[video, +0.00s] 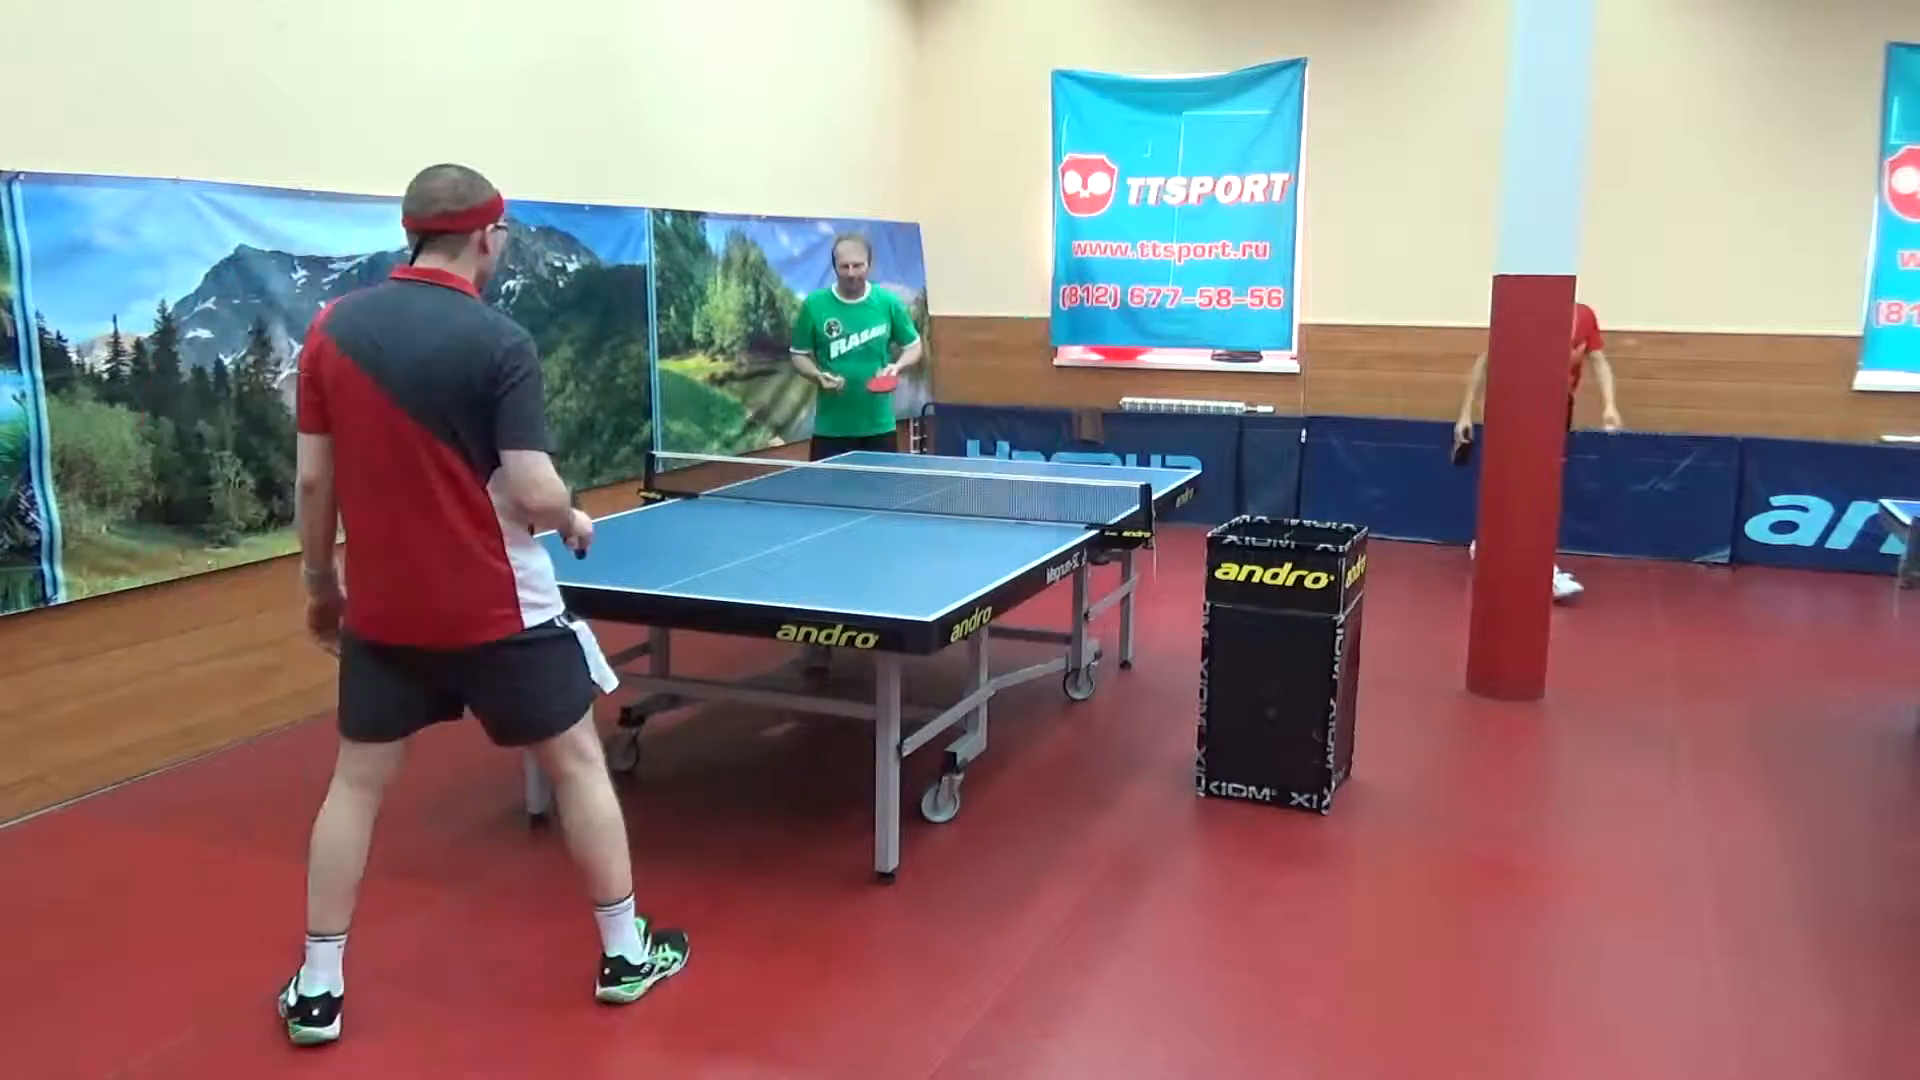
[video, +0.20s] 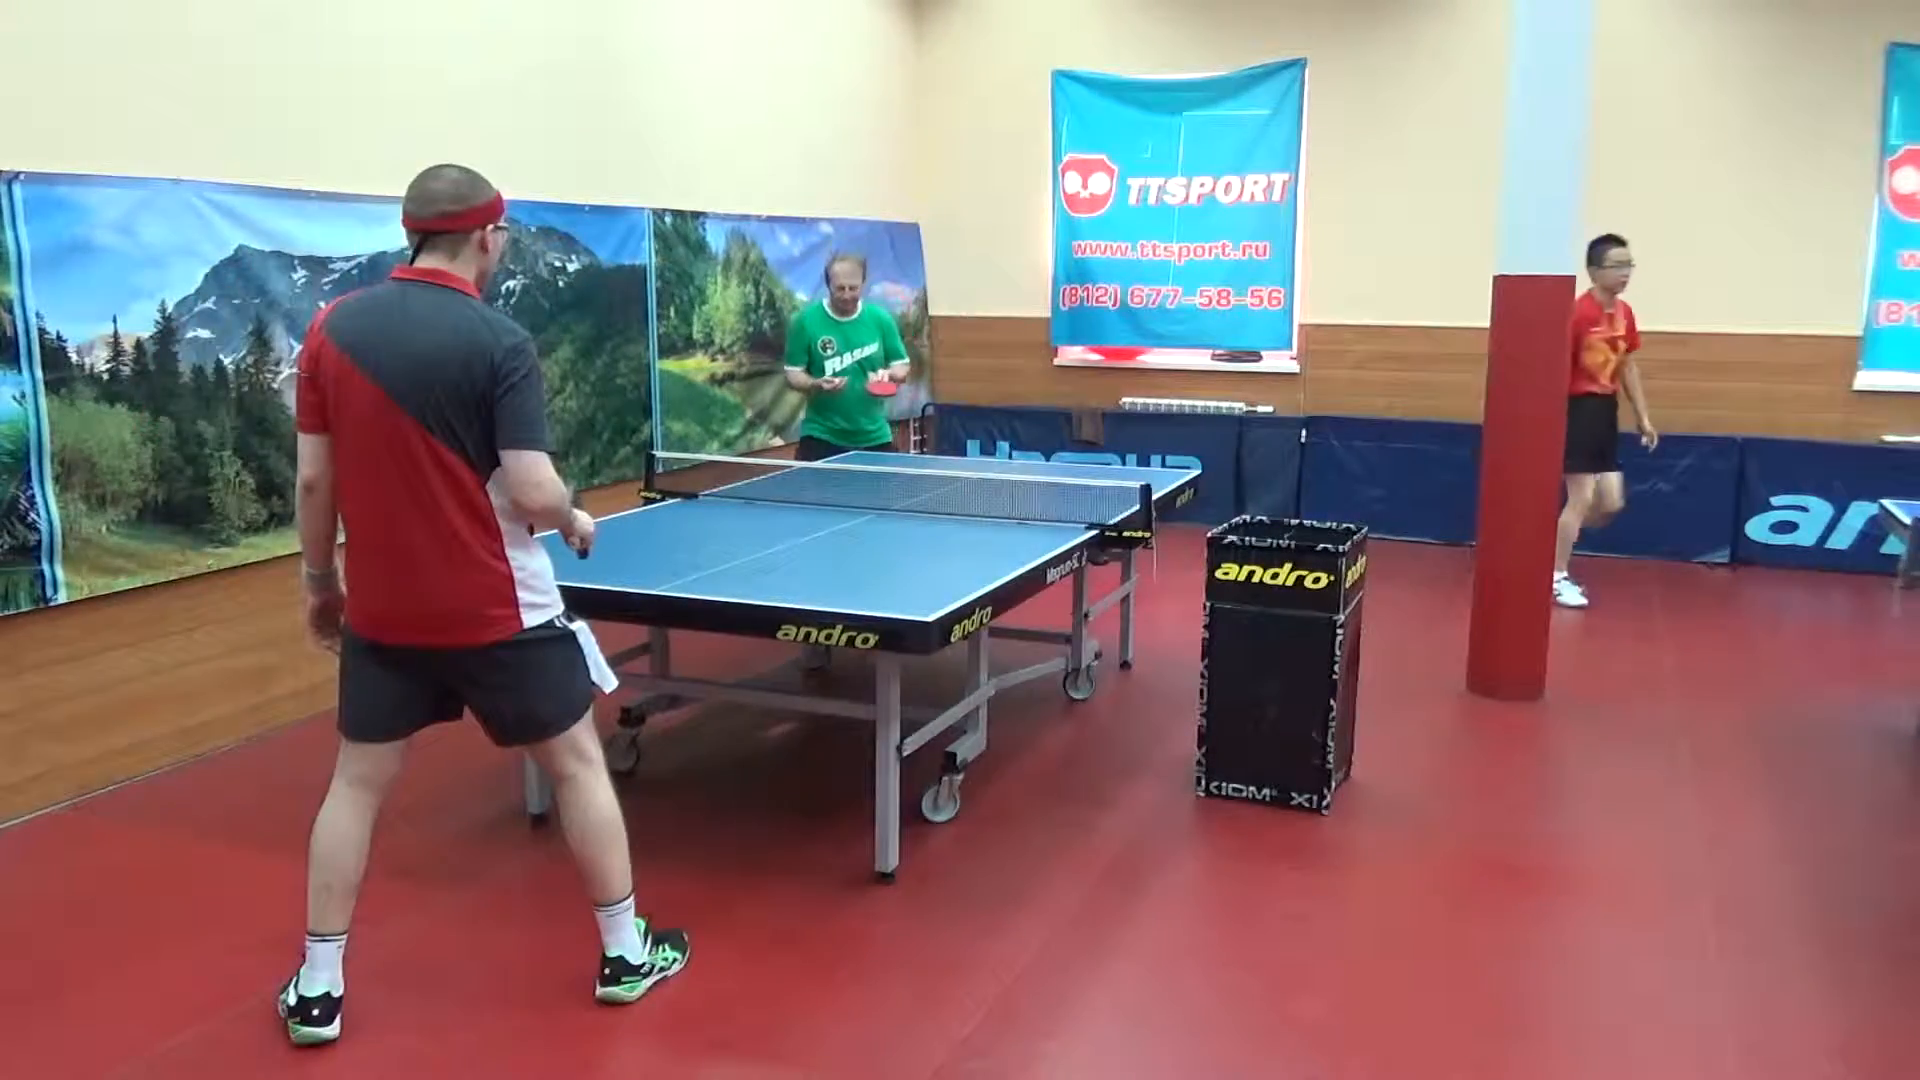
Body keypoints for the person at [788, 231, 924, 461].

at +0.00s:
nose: (851, 273)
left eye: (858, 266)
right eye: (844, 267)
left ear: (868, 265)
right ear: (835, 268)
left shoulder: (888, 302)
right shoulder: (815, 305)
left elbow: (914, 345)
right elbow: (799, 354)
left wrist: (897, 367)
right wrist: (818, 375)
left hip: (879, 424)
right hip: (832, 425)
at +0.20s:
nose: (847, 296)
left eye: (853, 289)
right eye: (840, 289)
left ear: (863, 285)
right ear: (828, 287)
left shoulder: (880, 318)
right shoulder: (806, 322)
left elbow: (902, 365)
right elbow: (793, 373)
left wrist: (888, 374)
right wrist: (817, 384)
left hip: (874, 435)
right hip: (823, 436)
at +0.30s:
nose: (839, 309)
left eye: (845, 303)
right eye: (832, 302)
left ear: (853, 299)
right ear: (819, 298)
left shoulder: (866, 327)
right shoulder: (795, 331)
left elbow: (885, 373)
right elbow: (787, 390)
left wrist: (875, 384)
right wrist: (818, 395)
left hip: (862, 438)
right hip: (815, 442)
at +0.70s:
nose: (869, 296)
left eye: (873, 289)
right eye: (864, 288)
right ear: (841, 283)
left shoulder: (861, 309)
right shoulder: (810, 319)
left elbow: (888, 311)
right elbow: (793, 372)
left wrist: (913, 313)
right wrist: (838, 388)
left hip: (853, 429)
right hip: (813, 438)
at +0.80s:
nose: (888, 294)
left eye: (890, 287)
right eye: (883, 287)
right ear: (861, 284)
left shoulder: (871, 306)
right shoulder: (824, 314)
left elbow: (892, 305)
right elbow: (786, 358)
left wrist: (919, 301)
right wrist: (819, 393)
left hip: (862, 433)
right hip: (820, 440)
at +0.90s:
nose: (900, 300)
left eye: (902, 294)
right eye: (895, 293)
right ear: (872, 285)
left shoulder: (881, 313)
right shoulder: (829, 312)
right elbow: (786, 355)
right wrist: (815, 396)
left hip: (869, 436)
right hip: (827, 441)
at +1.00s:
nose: (900, 309)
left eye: (903, 302)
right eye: (896, 301)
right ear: (875, 291)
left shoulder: (886, 317)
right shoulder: (829, 313)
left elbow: (890, 360)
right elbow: (790, 357)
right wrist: (820, 400)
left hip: (871, 436)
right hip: (829, 441)